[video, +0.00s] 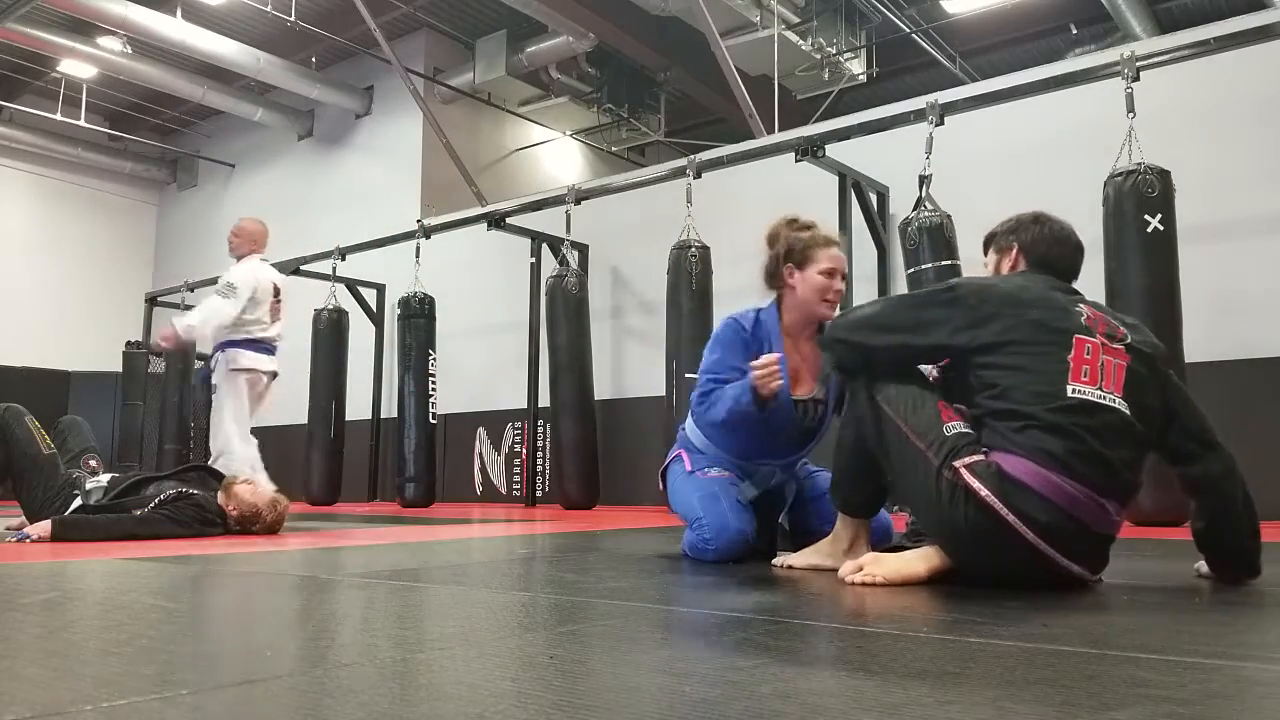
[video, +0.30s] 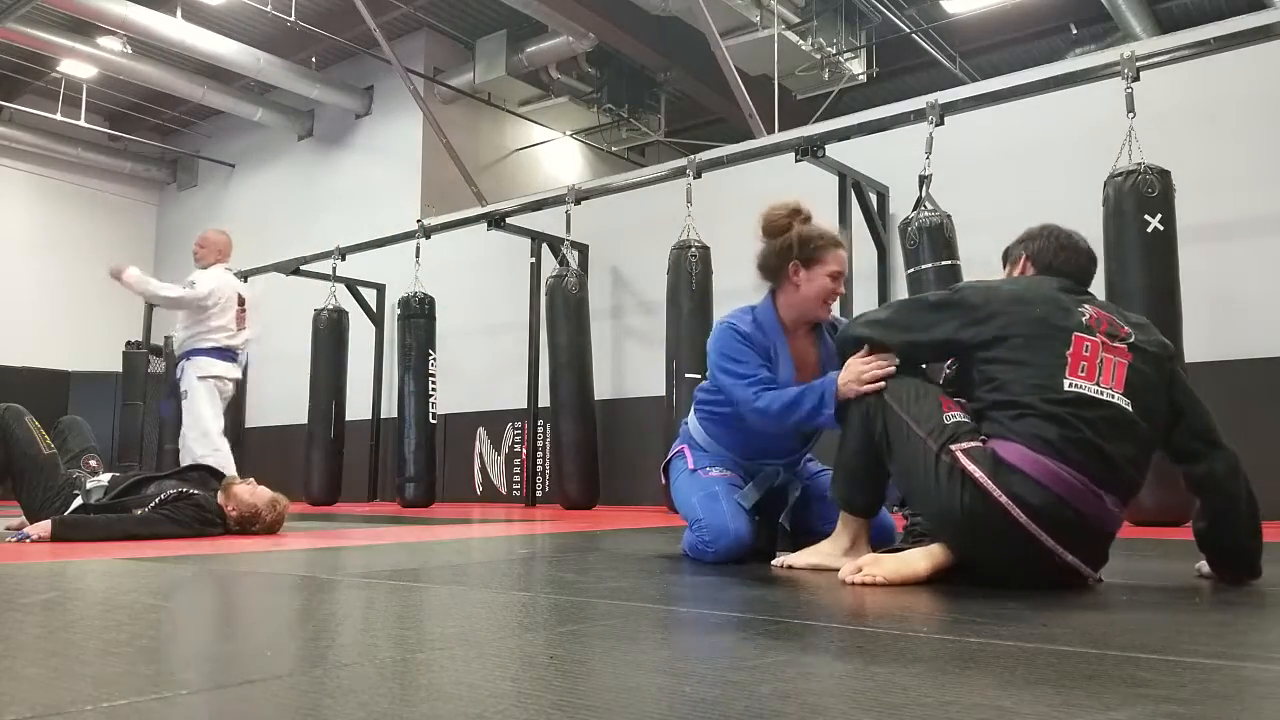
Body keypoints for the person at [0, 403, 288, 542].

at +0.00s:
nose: (251, 477)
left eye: (253, 488)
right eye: (259, 483)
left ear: (234, 508)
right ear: (237, 502)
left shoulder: (198, 514)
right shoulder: (216, 483)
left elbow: (129, 525)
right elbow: (155, 483)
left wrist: (57, 526)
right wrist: (115, 481)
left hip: (69, 500)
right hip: (102, 484)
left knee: (11, 414)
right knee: (70, 422)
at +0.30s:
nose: (249, 478)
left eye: (251, 489)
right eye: (257, 484)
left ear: (234, 510)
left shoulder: (199, 515)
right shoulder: (216, 480)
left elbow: (129, 525)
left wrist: (57, 526)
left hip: (68, 500)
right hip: (101, 483)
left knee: (11, 414)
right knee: (70, 421)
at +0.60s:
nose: (244, 478)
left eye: (247, 489)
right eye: (252, 483)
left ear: (234, 511)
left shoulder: (198, 514)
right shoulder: (216, 484)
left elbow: (129, 525)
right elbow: (161, 479)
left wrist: (56, 526)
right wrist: (121, 477)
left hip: (69, 500)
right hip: (104, 481)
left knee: (10, 414)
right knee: (71, 422)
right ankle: (35, 504)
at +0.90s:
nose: (227, 478)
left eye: (234, 488)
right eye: (235, 475)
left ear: (236, 509)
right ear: (238, 470)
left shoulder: (197, 515)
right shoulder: (214, 479)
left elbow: (128, 525)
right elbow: (158, 479)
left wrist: (56, 526)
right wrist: (116, 477)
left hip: (70, 502)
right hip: (103, 481)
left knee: (11, 415)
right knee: (70, 422)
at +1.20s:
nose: (221, 475)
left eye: (229, 484)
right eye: (229, 472)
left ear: (236, 506)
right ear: (231, 467)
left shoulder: (197, 513)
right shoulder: (210, 481)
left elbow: (129, 525)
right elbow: (150, 489)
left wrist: (56, 527)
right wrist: (112, 481)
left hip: (69, 502)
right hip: (101, 484)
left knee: (11, 416)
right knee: (73, 422)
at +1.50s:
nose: (210, 469)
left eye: (219, 476)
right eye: (218, 466)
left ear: (232, 501)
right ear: (222, 466)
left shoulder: (197, 512)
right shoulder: (209, 484)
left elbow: (128, 524)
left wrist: (56, 527)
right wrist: (110, 480)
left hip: (67, 502)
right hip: (100, 485)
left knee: (11, 416)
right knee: (73, 422)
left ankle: (14, 501)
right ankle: (31, 503)